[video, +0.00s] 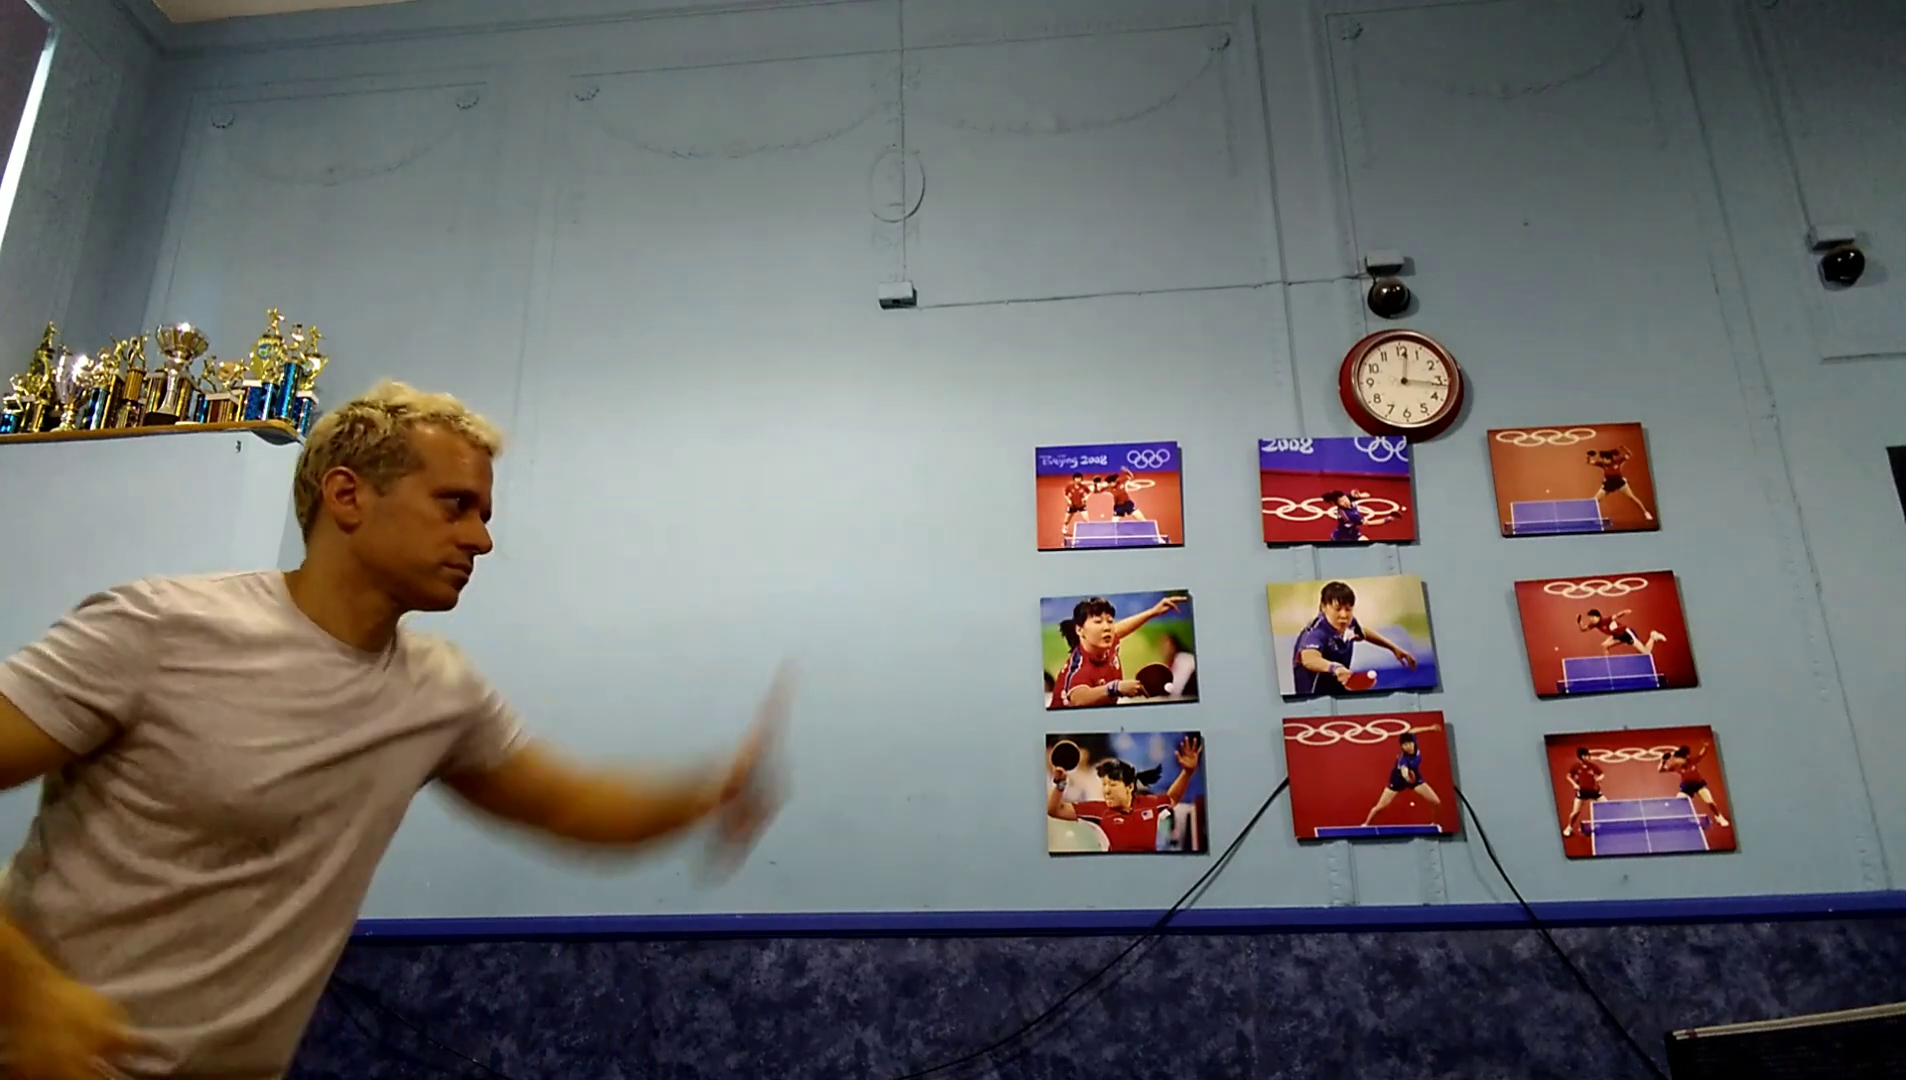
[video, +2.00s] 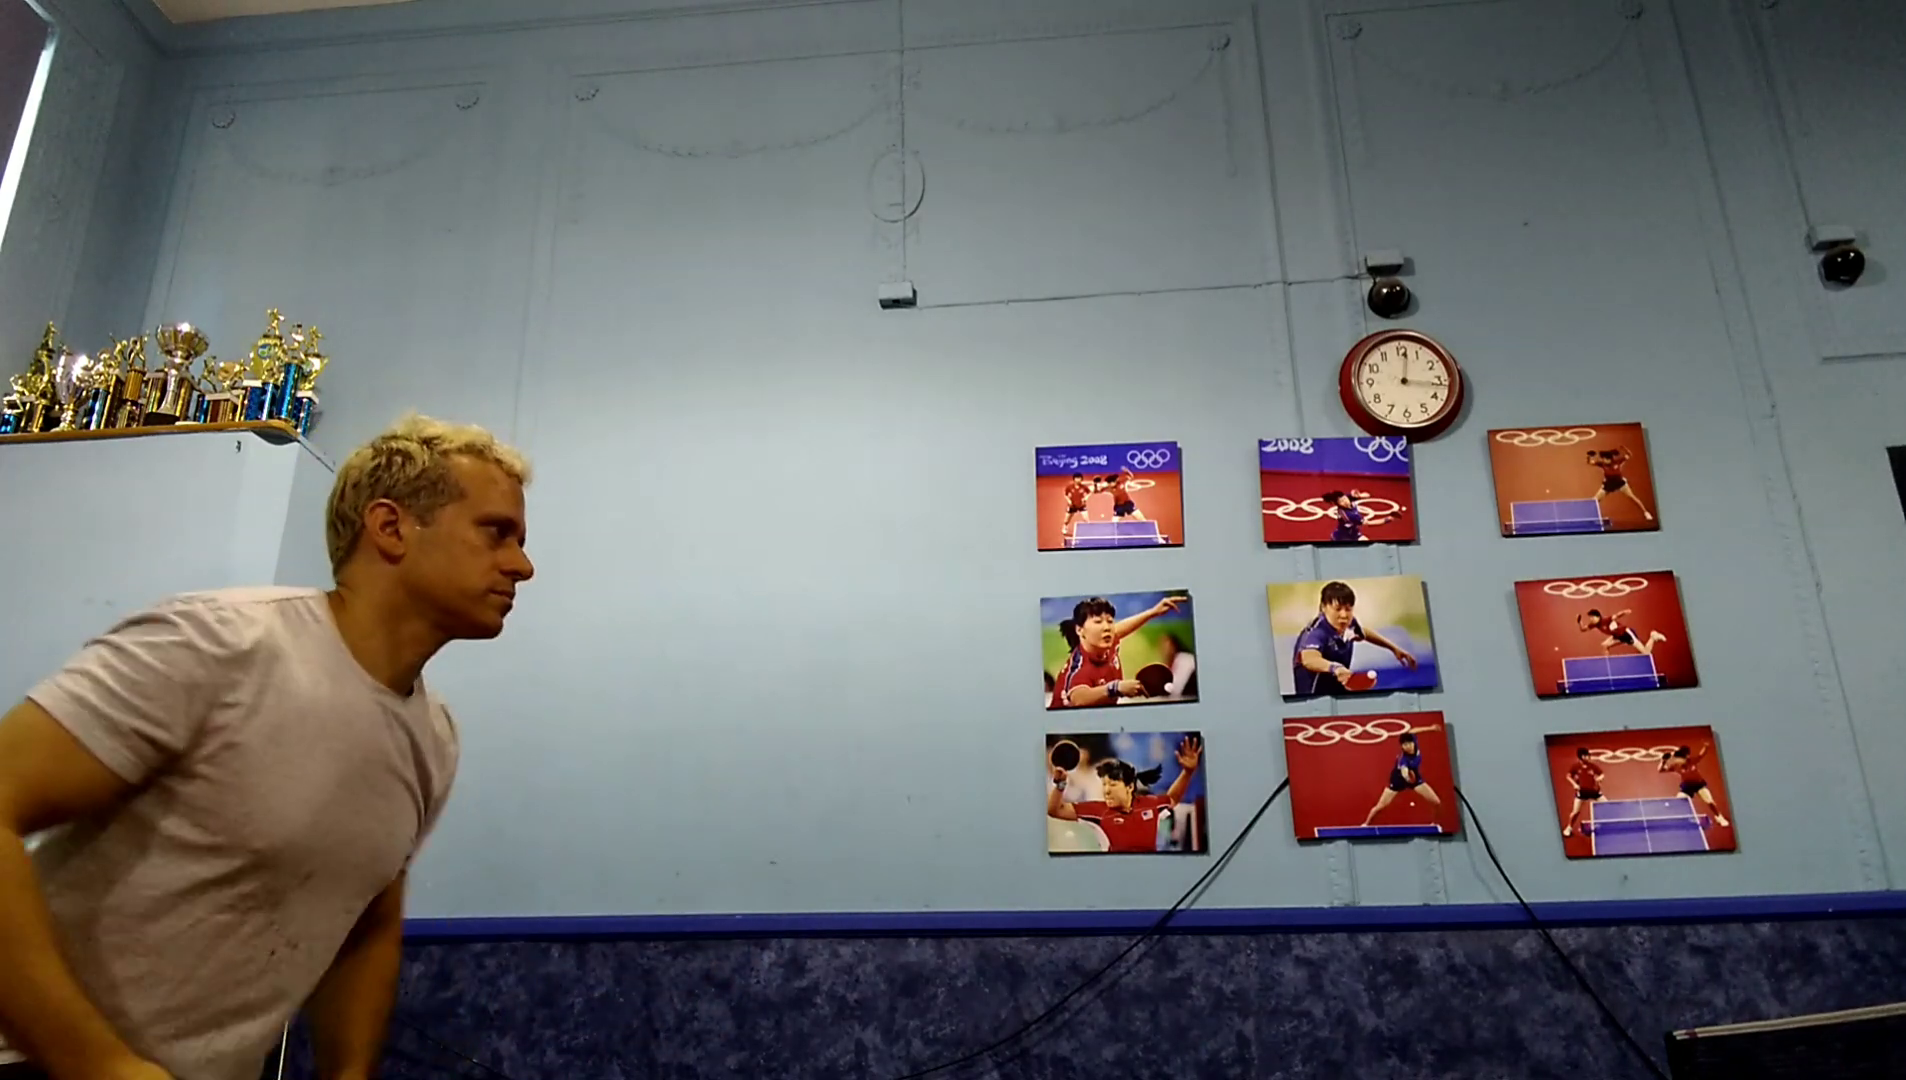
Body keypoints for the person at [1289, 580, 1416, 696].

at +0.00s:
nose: (1344, 615)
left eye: (1348, 609)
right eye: (1338, 609)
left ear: (1353, 609)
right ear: (1324, 608)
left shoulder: (1349, 624)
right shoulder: (1315, 633)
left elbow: (1364, 634)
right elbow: (1309, 660)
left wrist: (1395, 649)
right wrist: (1335, 668)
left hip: (1341, 705)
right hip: (1313, 709)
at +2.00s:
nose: (1344, 615)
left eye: (1348, 609)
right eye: (1338, 609)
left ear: (1353, 609)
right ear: (1324, 608)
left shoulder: (1349, 624)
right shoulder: (1315, 632)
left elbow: (1364, 634)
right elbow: (1309, 660)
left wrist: (1395, 649)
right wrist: (1335, 668)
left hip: (1341, 705)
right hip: (1314, 708)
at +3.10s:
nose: (1344, 615)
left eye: (1348, 609)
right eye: (1338, 609)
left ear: (1353, 609)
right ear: (1324, 608)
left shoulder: (1349, 624)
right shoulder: (1315, 633)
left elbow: (1364, 634)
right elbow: (1309, 660)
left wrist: (1395, 649)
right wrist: (1335, 668)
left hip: (1341, 705)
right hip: (1314, 708)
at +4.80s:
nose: (1344, 615)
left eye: (1348, 609)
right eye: (1338, 609)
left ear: (1353, 609)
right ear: (1324, 608)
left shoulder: (1349, 624)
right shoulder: (1315, 633)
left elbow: (1364, 634)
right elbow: (1309, 660)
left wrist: (1395, 649)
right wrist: (1335, 668)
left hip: (1341, 704)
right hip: (1314, 708)